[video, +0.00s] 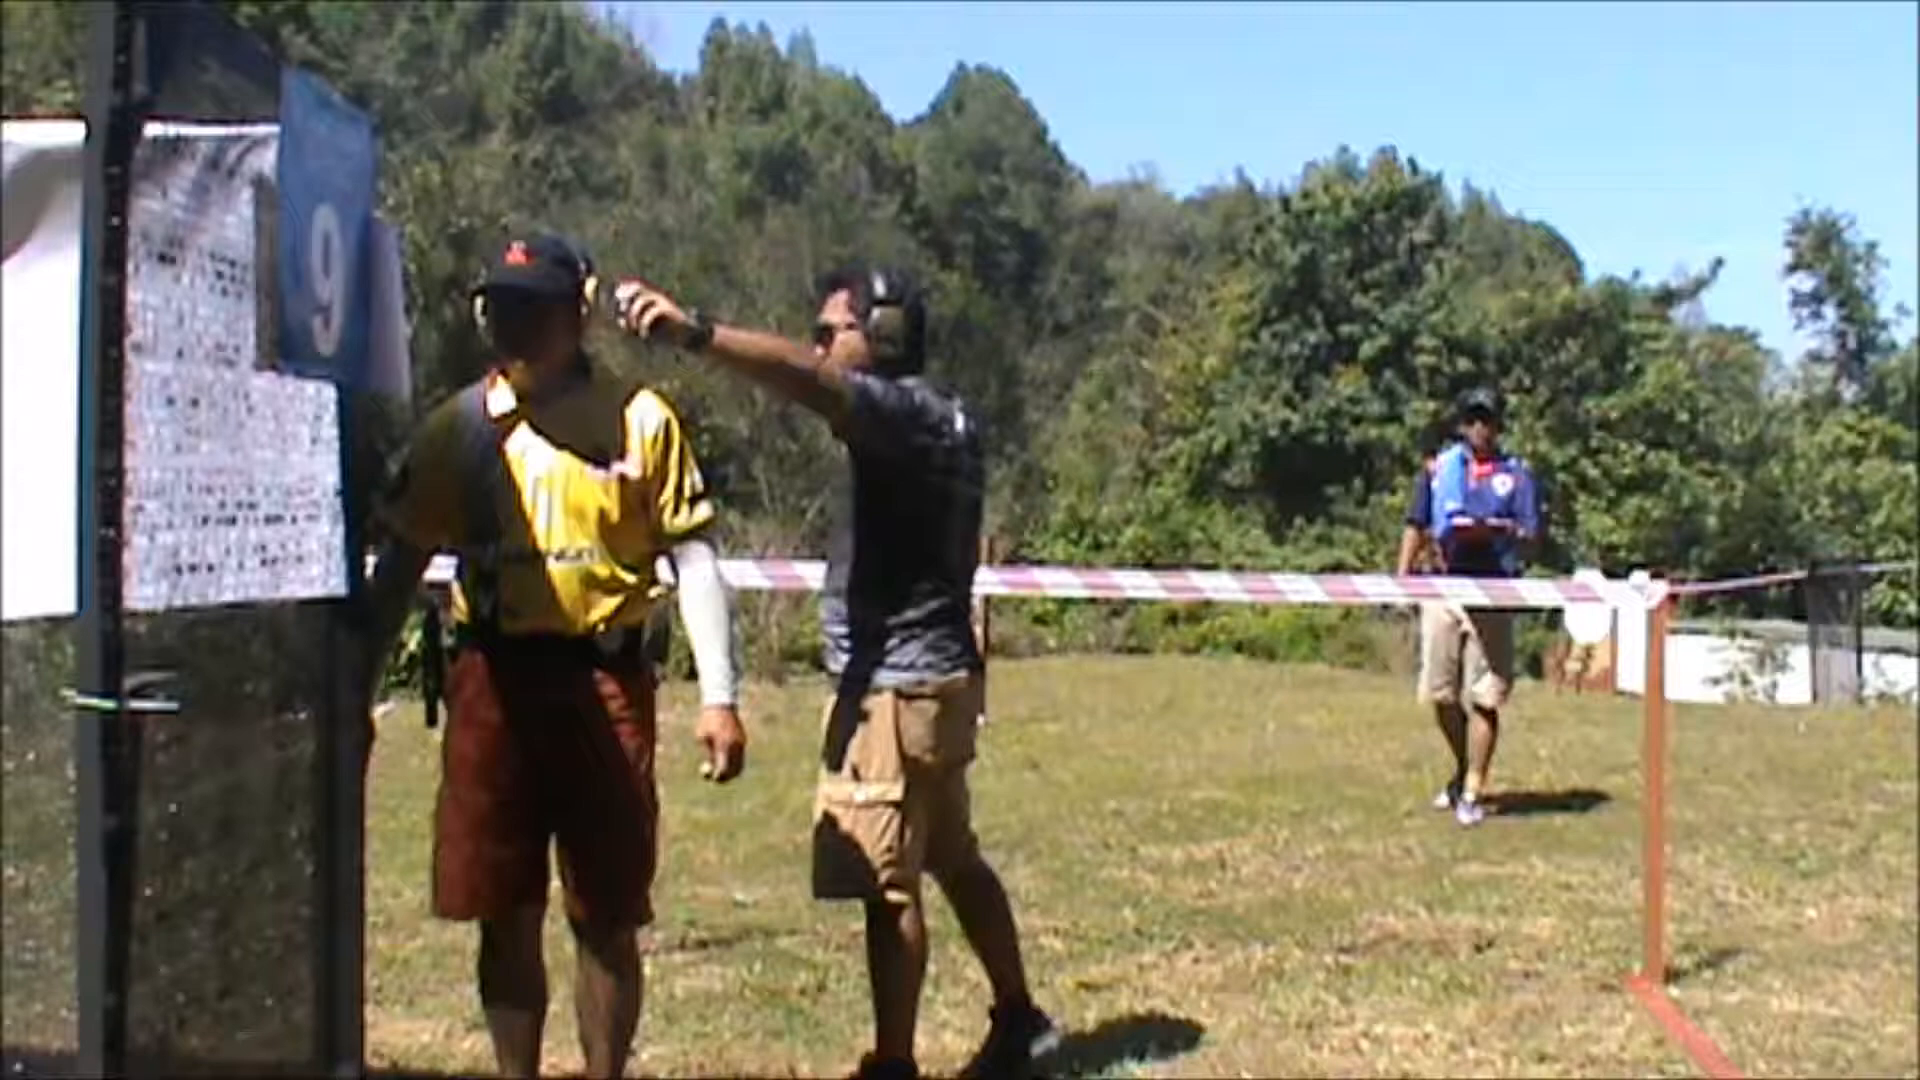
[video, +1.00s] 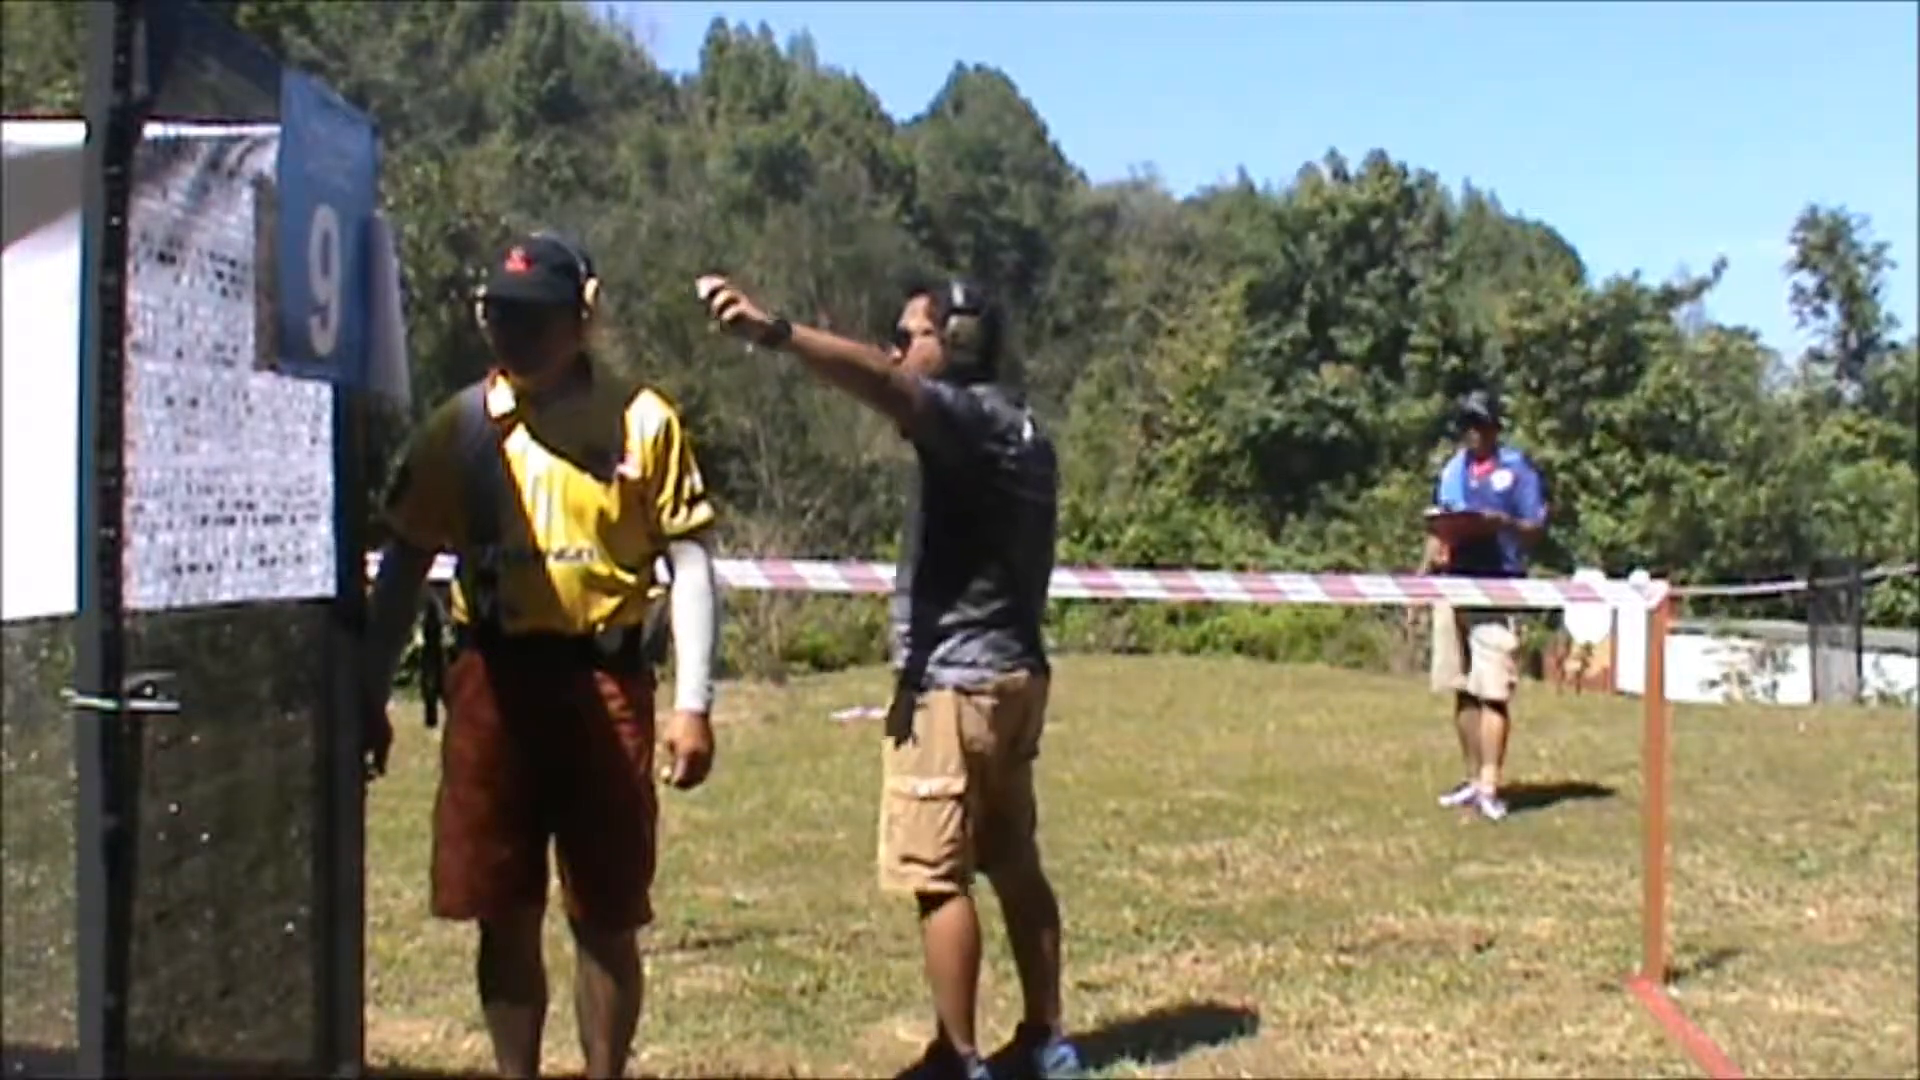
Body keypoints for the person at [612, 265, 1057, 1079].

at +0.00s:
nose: (817, 349)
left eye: (832, 332)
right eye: (819, 333)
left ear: (887, 337)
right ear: (894, 343)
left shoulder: (903, 412)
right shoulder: (947, 417)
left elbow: (809, 377)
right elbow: (961, 556)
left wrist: (694, 333)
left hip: (900, 674)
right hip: (935, 669)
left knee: (888, 875)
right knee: (953, 856)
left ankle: (891, 1057)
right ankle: (1019, 1014)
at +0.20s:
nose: (842, 350)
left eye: (856, 335)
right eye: (845, 335)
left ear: (905, 340)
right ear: (919, 346)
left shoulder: (921, 415)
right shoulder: (971, 423)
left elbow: (824, 376)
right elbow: (976, 563)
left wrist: (712, 335)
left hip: (917, 674)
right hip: (955, 671)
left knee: (893, 872)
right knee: (965, 855)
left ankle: (893, 1055)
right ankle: (1030, 1019)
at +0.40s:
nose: (881, 356)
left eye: (894, 343)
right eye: (883, 341)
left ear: (938, 349)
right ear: (955, 352)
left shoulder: (952, 420)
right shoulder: (999, 425)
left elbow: (867, 386)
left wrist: (763, 341)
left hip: (944, 679)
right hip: (992, 674)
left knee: (905, 879)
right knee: (1003, 863)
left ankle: (893, 1055)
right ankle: (1043, 1033)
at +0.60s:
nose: (905, 357)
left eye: (917, 345)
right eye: (907, 343)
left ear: (957, 354)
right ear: (980, 355)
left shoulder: (976, 418)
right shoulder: (1020, 426)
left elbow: (898, 383)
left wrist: (796, 340)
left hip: (971, 678)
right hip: (1019, 674)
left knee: (891, 860)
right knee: (1020, 862)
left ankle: (910, 1046)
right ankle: (1049, 1036)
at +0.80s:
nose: (910, 355)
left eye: (923, 343)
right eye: (911, 341)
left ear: (962, 351)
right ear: (989, 353)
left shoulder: (974, 415)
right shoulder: (1029, 426)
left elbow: (898, 379)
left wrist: (795, 331)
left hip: (962, 676)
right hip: (1023, 672)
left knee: (913, 872)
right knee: (1020, 861)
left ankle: (951, 1050)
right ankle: (1047, 1037)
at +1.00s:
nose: (898, 351)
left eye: (911, 338)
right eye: (901, 336)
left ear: (953, 347)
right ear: (980, 350)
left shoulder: (963, 417)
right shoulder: (1026, 433)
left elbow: (883, 380)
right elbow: (1020, 571)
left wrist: (778, 330)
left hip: (956, 677)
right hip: (1016, 672)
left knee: (938, 875)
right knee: (1015, 863)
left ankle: (954, 1052)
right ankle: (1046, 1035)